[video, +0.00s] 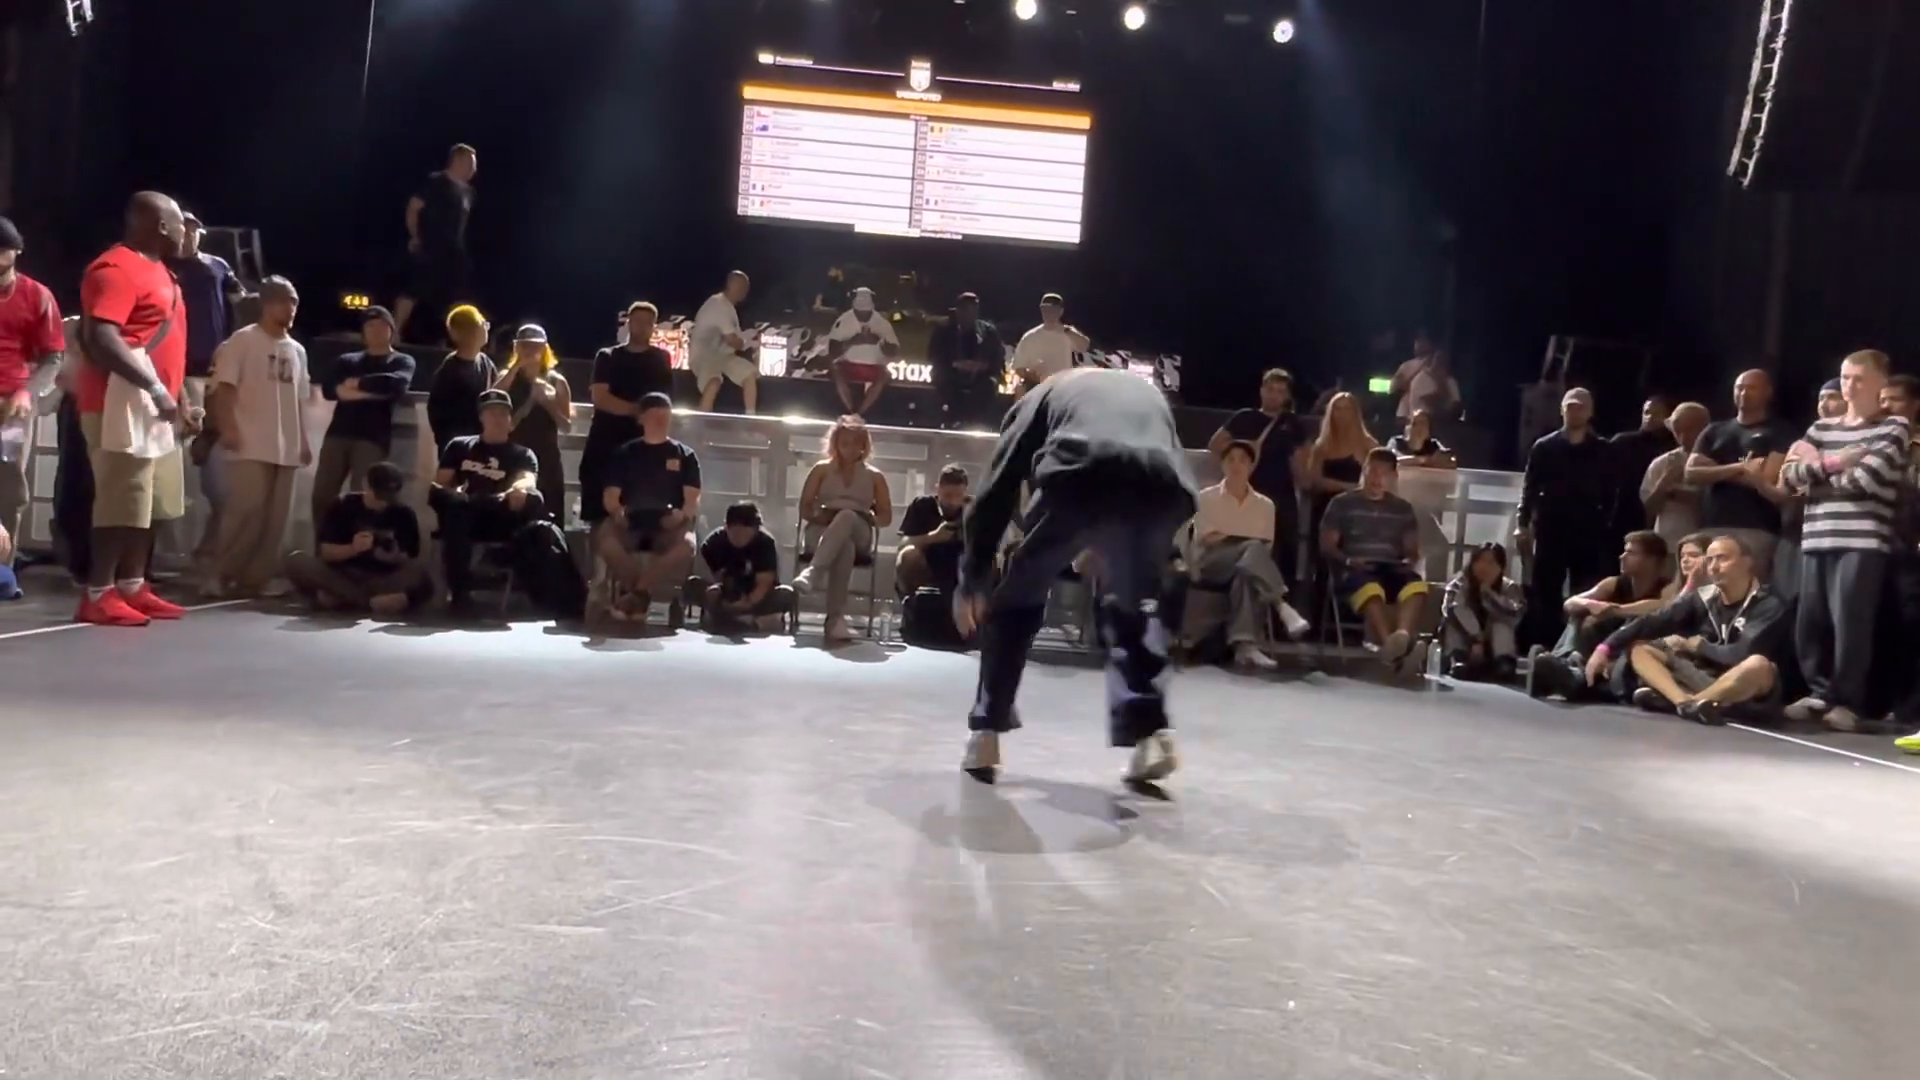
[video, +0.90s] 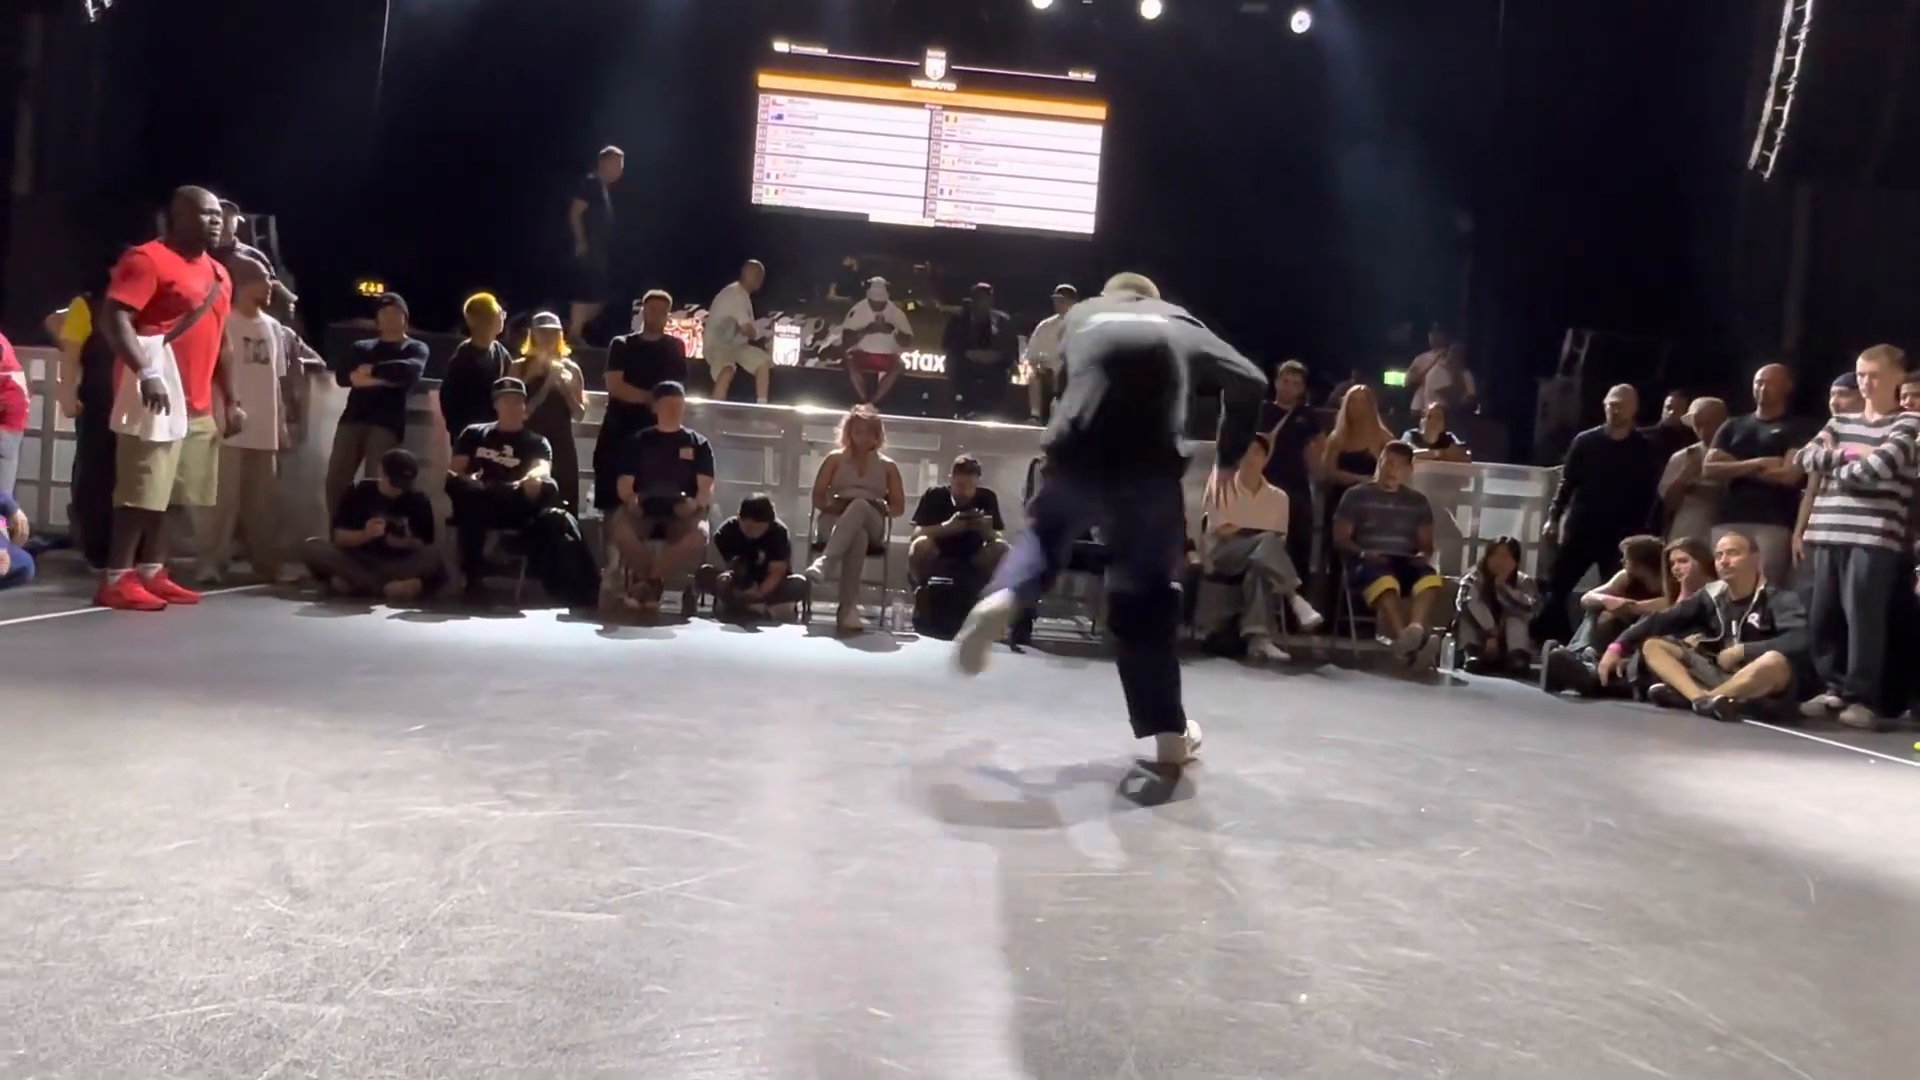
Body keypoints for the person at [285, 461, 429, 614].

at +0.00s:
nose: (382, 504)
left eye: (387, 500)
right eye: (378, 499)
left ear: (395, 494)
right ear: (367, 488)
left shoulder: (404, 515)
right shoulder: (343, 507)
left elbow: (411, 558)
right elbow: (325, 552)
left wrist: (393, 556)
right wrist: (353, 549)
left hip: (385, 577)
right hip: (344, 574)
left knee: (418, 574)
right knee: (296, 562)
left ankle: (345, 600)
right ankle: (368, 601)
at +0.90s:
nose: (397, 491)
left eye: (402, 487)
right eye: (393, 485)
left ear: (410, 482)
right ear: (381, 474)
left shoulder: (418, 500)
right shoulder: (358, 492)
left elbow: (426, 543)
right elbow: (339, 538)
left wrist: (405, 542)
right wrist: (366, 535)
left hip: (399, 562)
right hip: (359, 559)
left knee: (432, 560)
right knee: (313, 548)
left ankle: (359, 586)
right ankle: (382, 588)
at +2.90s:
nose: (406, 483)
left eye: (413, 480)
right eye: (403, 476)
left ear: (423, 473)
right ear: (394, 461)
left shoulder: (430, 489)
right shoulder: (368, 479)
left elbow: (438, 531)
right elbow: (351, 524)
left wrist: (417, 531)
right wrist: (381, 523)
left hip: (410, 549)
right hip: (368, 545)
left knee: (445, 548)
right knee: (325, 533)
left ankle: (371, 573)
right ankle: (393, 574)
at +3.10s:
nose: (408, 483)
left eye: (414, 480)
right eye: (405, 477)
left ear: (425, 473)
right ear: (396, 462)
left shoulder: (431, 489)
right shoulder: (369, 479)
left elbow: (438, 532)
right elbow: (352, 525)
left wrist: (416, 530)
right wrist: (379, 522)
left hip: (411, 549)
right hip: (369, 545)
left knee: (445, 548)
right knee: (325, 534)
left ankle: (371, 573)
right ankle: (394, 574)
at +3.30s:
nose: (408, 484)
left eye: (414, 481)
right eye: (405, 477)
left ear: (424, 473)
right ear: (395, 462)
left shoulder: (429, 489)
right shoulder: (368, 479)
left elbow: (435, 533)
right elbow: (350, 524)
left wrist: (403, 528)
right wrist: (376, 521)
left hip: (410, 550)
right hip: (369, 547)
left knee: (444, 549)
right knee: (325, 533)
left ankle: (370, 573)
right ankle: (393, 575)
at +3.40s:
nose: (405, 484)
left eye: (412, 481)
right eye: (403, 478)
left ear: (422, 473)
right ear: (393, 462)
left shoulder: (429, 490)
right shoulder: (368, 479)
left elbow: (436, 533)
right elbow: (349, 524)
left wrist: (415, 530)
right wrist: (374, 521)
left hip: (409, 550)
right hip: (368, 547)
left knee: (444, 549)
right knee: (324, 533)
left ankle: (370, 573)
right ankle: (393, 575)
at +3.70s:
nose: (404, 484)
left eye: (409, 480)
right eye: (400, 477)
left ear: (420, 473)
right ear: (390, 462)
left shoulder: (429, 489)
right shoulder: (367, 479)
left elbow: (434, 532)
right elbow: (349, 524)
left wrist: (415, 531)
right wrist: (369, 522)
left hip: (409, 550)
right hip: (368, 546)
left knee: (443, 549)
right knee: (323, 534)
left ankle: (370, 572)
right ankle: (393, 574)